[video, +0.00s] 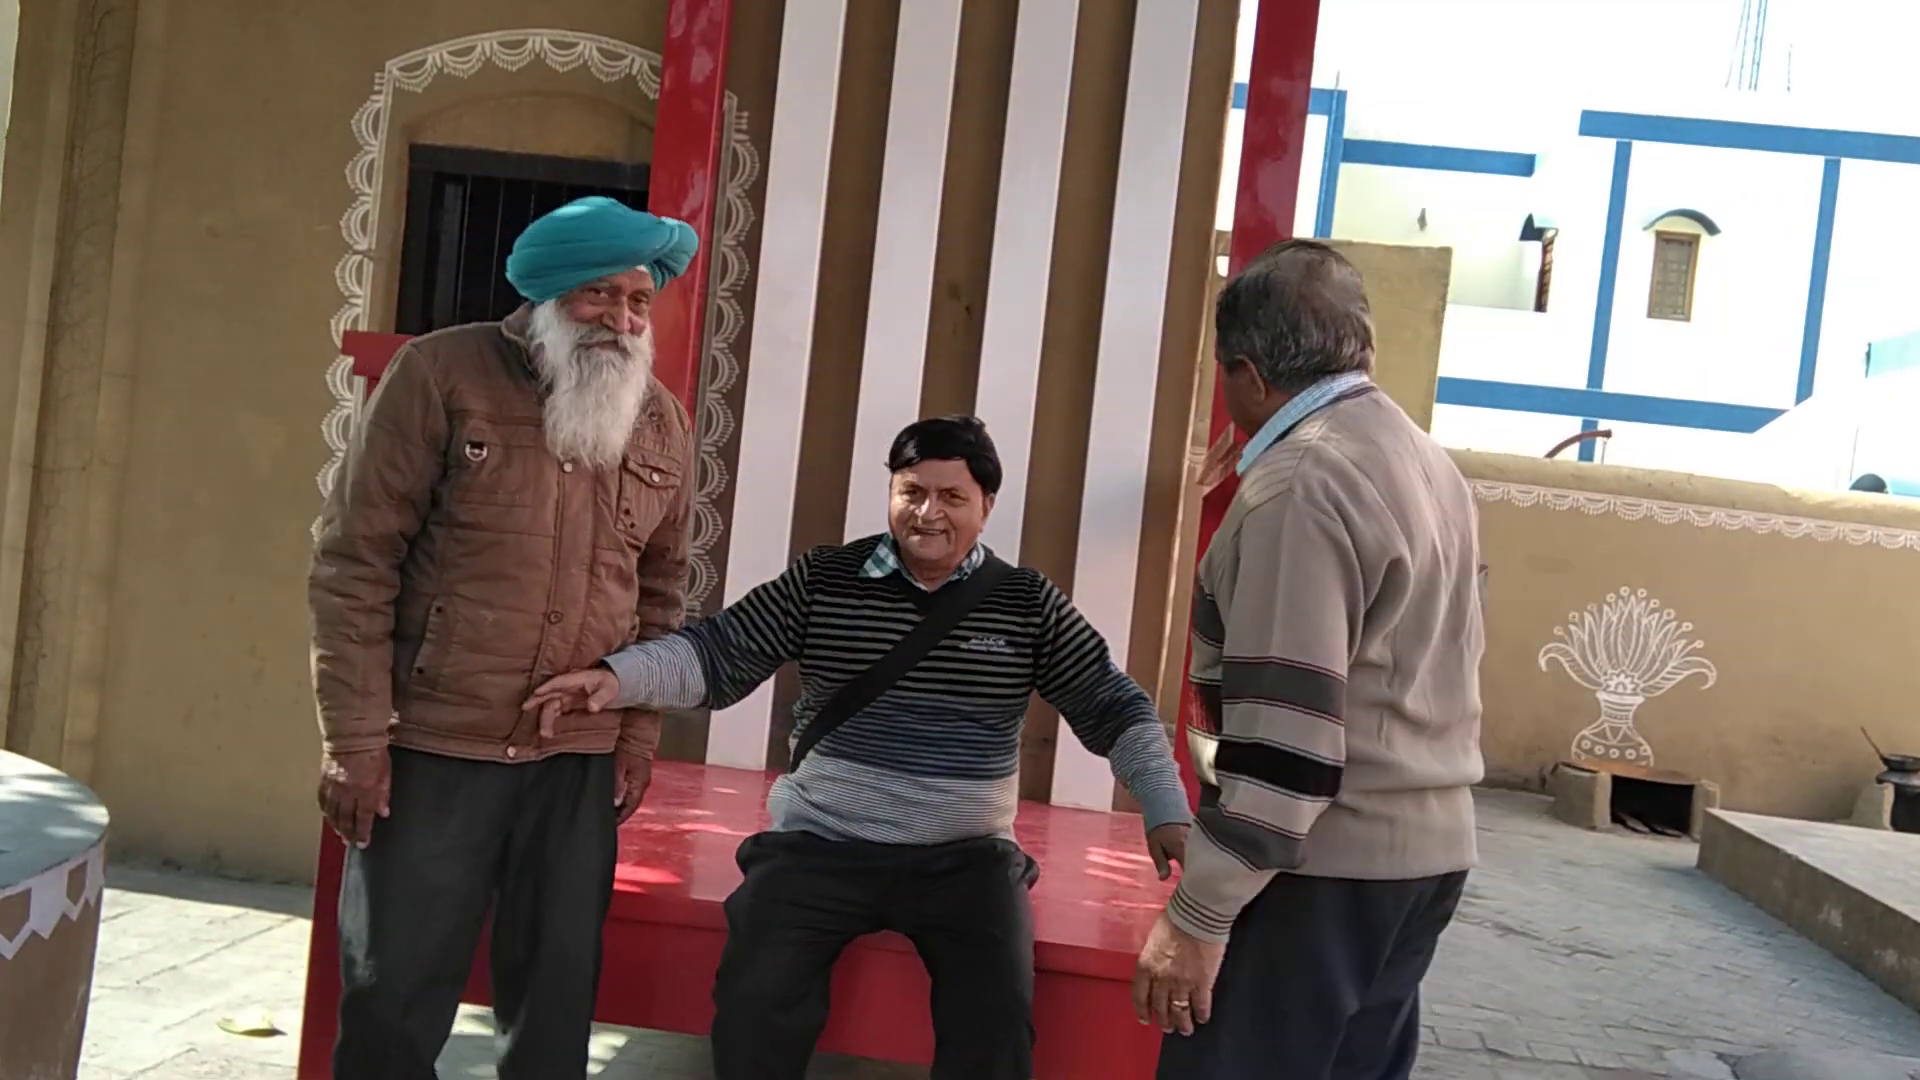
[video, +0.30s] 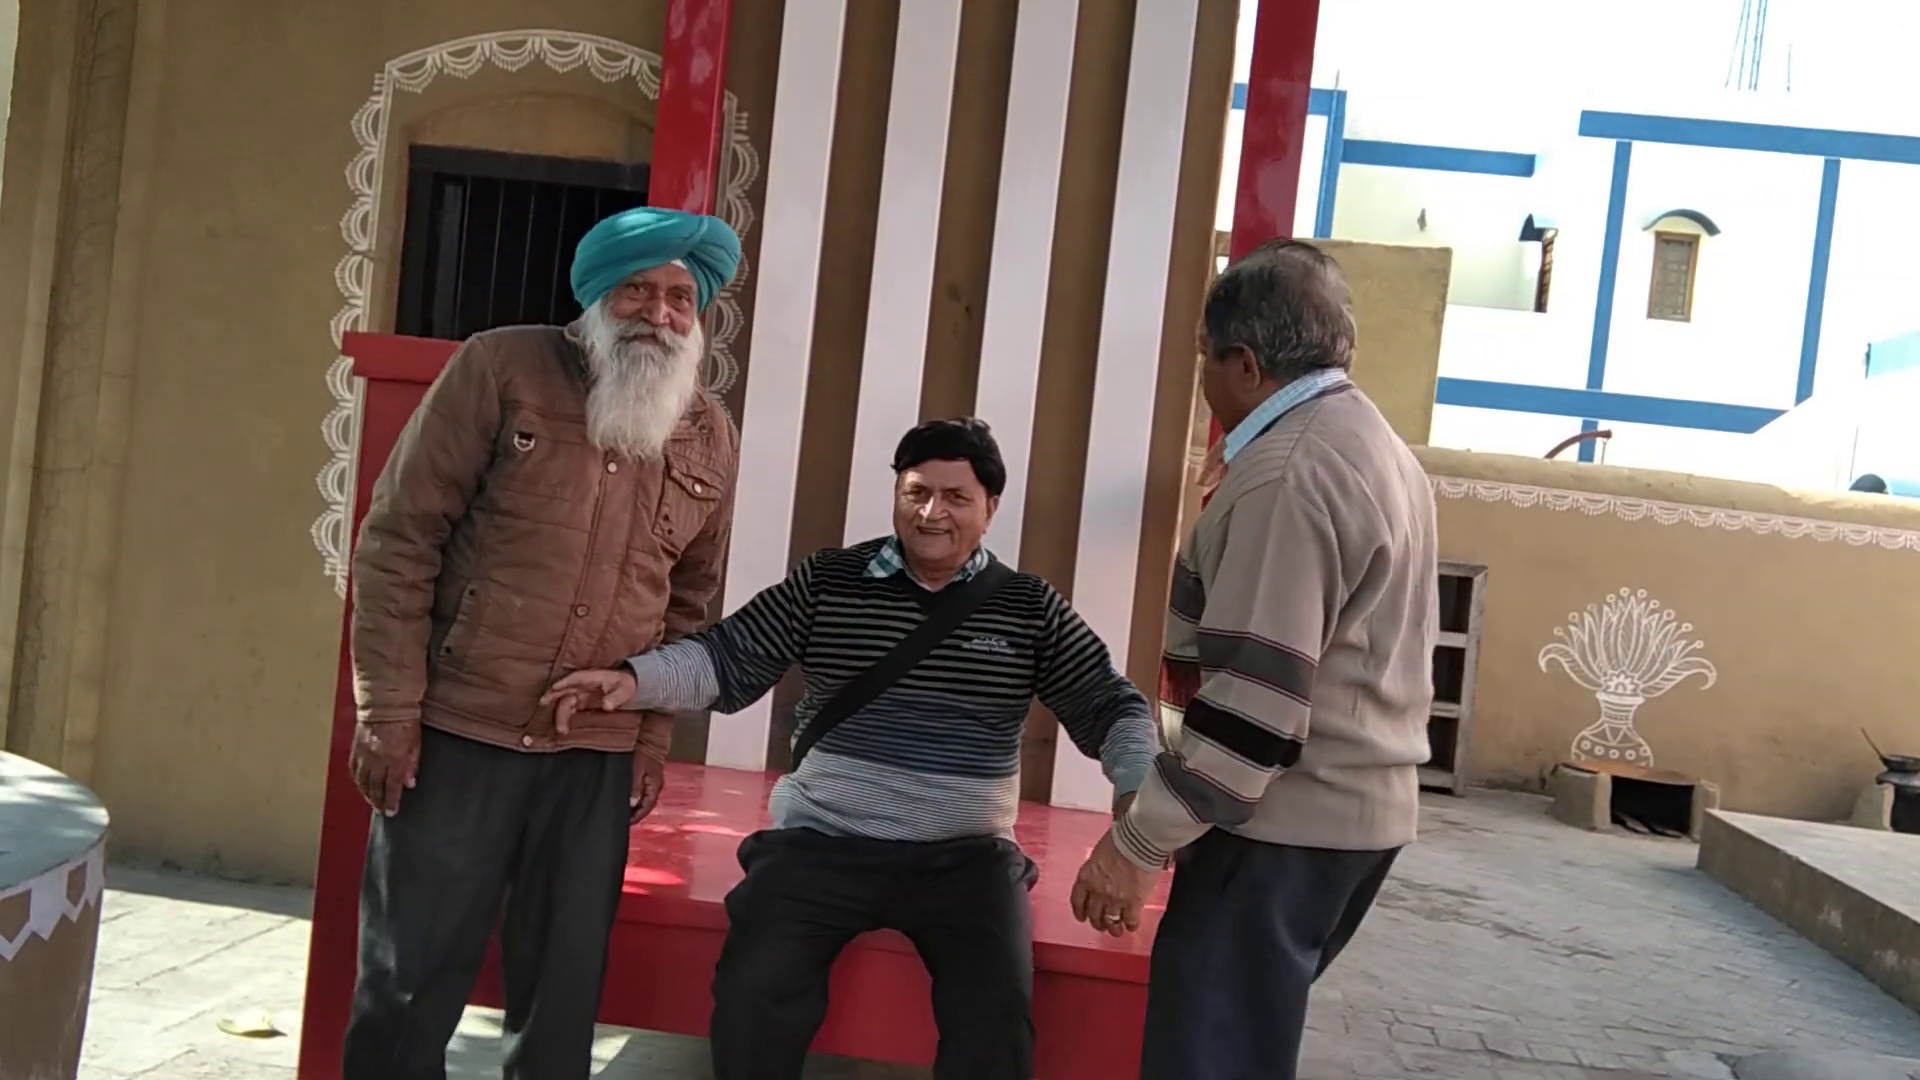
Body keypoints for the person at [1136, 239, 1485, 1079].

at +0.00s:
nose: (1223, 394)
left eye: (1223, 372)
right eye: (1223, 372)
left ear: (1249, 373)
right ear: (1358, 350)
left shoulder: (1300, 485)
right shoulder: (1425, 460)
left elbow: (1285, 755)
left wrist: (1196, 914)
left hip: (1318, 873)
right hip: (1419, 860)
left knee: (1231, 1064)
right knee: (1365, 1064)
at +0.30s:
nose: (1205, 382)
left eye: (1208, 359)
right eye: (1205, 360)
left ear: (1247, 361)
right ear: (1327, 349)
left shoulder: (1293, 472)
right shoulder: (1369, 441)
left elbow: (1252, 713)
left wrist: (1135, 844)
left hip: (1280, 828)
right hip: (1344, 825)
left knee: (1202, 1052)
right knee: (1242, 1048)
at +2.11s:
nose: (1232, 378)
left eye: (1255, 356)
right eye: (1216, 362)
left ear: (1310, 366)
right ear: (1202, 378)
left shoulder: (1388, 479)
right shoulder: (1186, 501)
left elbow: (1453, 661)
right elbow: (1178, 667)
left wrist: (1433, 816)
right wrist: (1172, 782)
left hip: (1355, 828)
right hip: (1224, 818)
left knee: (1361, 1067)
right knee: (1198, 1061)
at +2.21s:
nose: (1256, 385)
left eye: (1277, 362)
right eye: (1238, 368)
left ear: (1329, 369)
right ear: (1223, 382)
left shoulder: (1409, 485)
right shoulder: (1202, 506)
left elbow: (1468, 667)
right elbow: (1178, 669)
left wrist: (1443, 818)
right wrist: (1179, 790)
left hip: (1378, 830)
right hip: (1241, 820)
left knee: (1375, 1066)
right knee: (1208, 1059)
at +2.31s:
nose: (1275, 385)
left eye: (1295, 362)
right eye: (1256, 370)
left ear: (1349, 369)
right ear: (1241, 387)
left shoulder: (1428, 489)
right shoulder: (1214, 509)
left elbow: (1480, 673)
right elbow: (1187, 672)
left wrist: (1453, 815)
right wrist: (1179, 798)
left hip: (1391, 833)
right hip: (1254, 823)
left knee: (1386, 1066)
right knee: (1219, 1059)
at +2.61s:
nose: (1317, 384)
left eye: (1338, 360)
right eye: (1299, 367)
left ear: (1391, 372)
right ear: (1282, 384)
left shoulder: (1466, 496)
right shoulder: (1244, 506)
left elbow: (1517, 685)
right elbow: (1194, 670)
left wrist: (1488, 831)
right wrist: (1194, 815)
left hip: (1414, 841)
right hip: (1269, 828)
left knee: (1396, 1067)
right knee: (1238, 1060)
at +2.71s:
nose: (1328, 384)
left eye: (1349, 359)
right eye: (1309, 366)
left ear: (1402, 370)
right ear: (1293, 383)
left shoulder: (1479, 498)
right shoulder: (1254, 506)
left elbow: (1528, 688)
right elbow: (1202, 670)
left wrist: (1500, 838)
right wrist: (1195, 814)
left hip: (1423, 843)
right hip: (1281, 827)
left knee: (1401, 1066)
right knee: (1242, 1059)